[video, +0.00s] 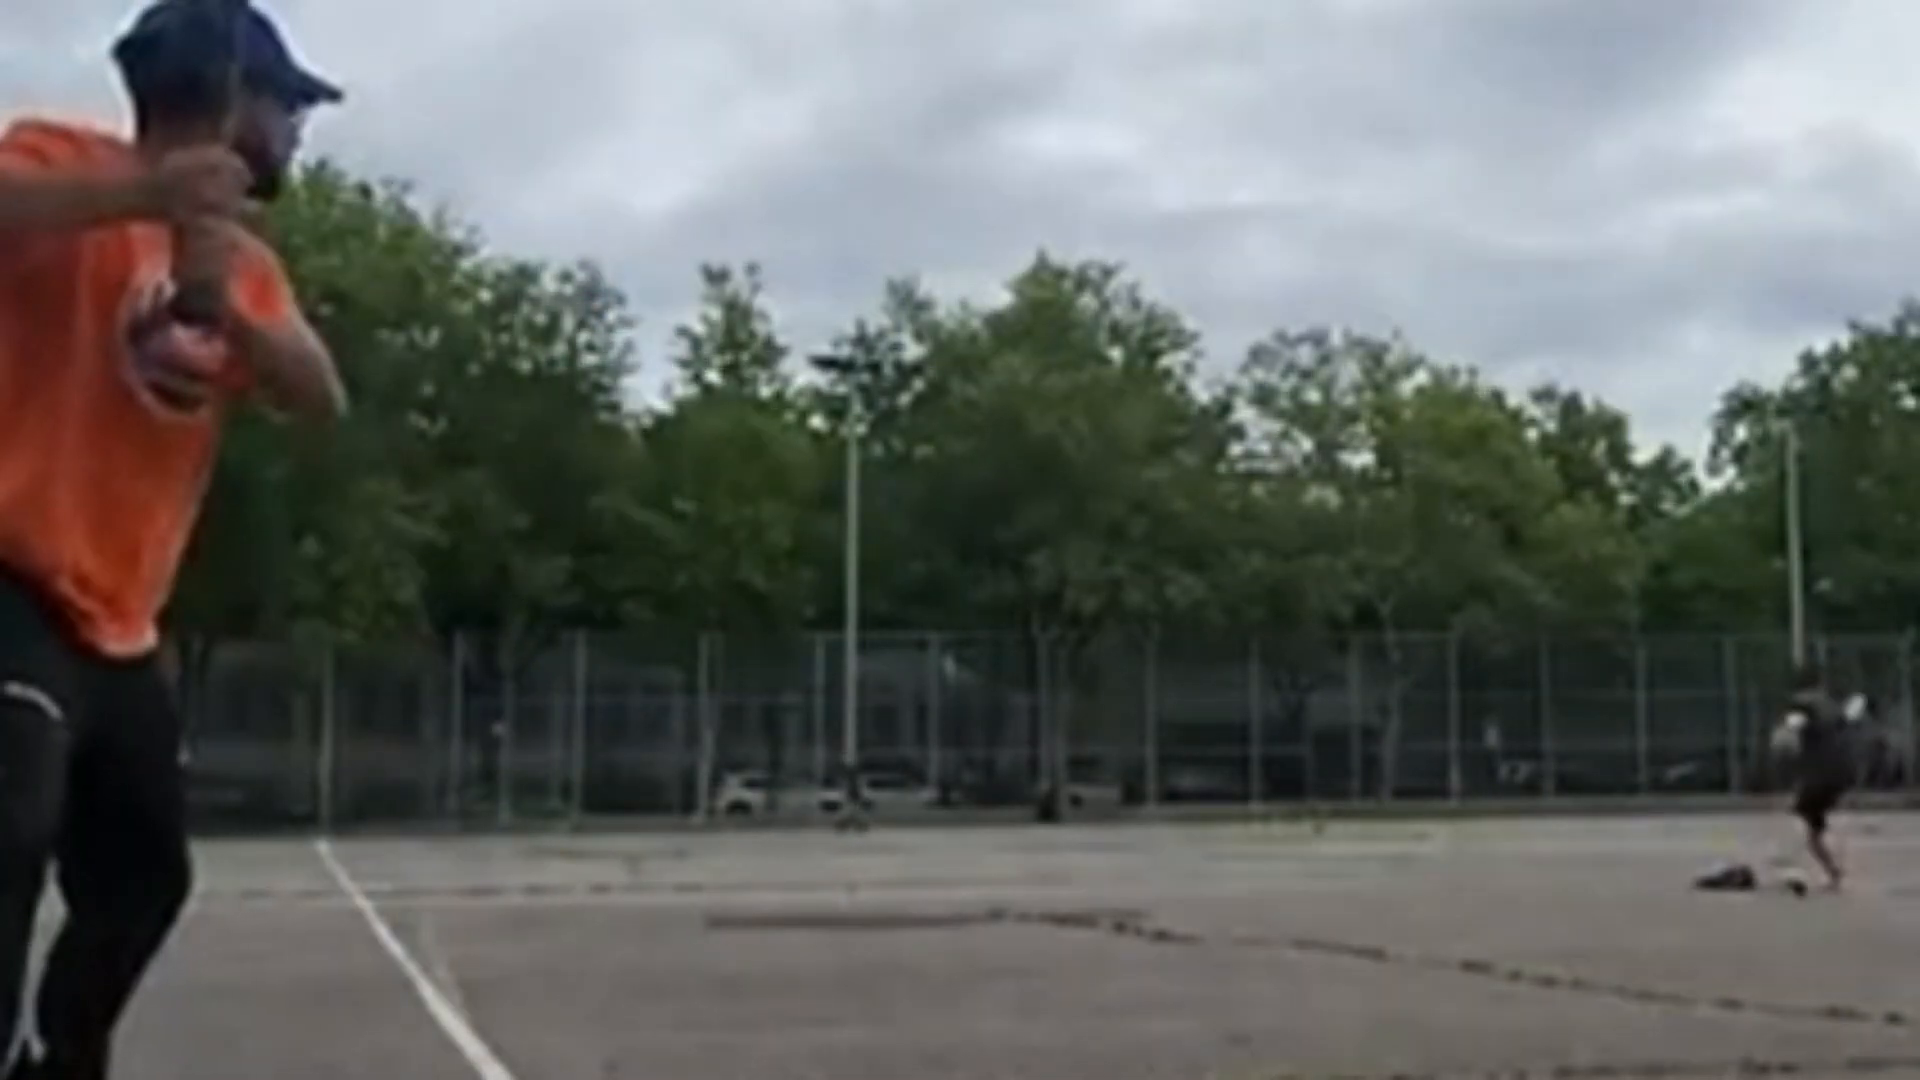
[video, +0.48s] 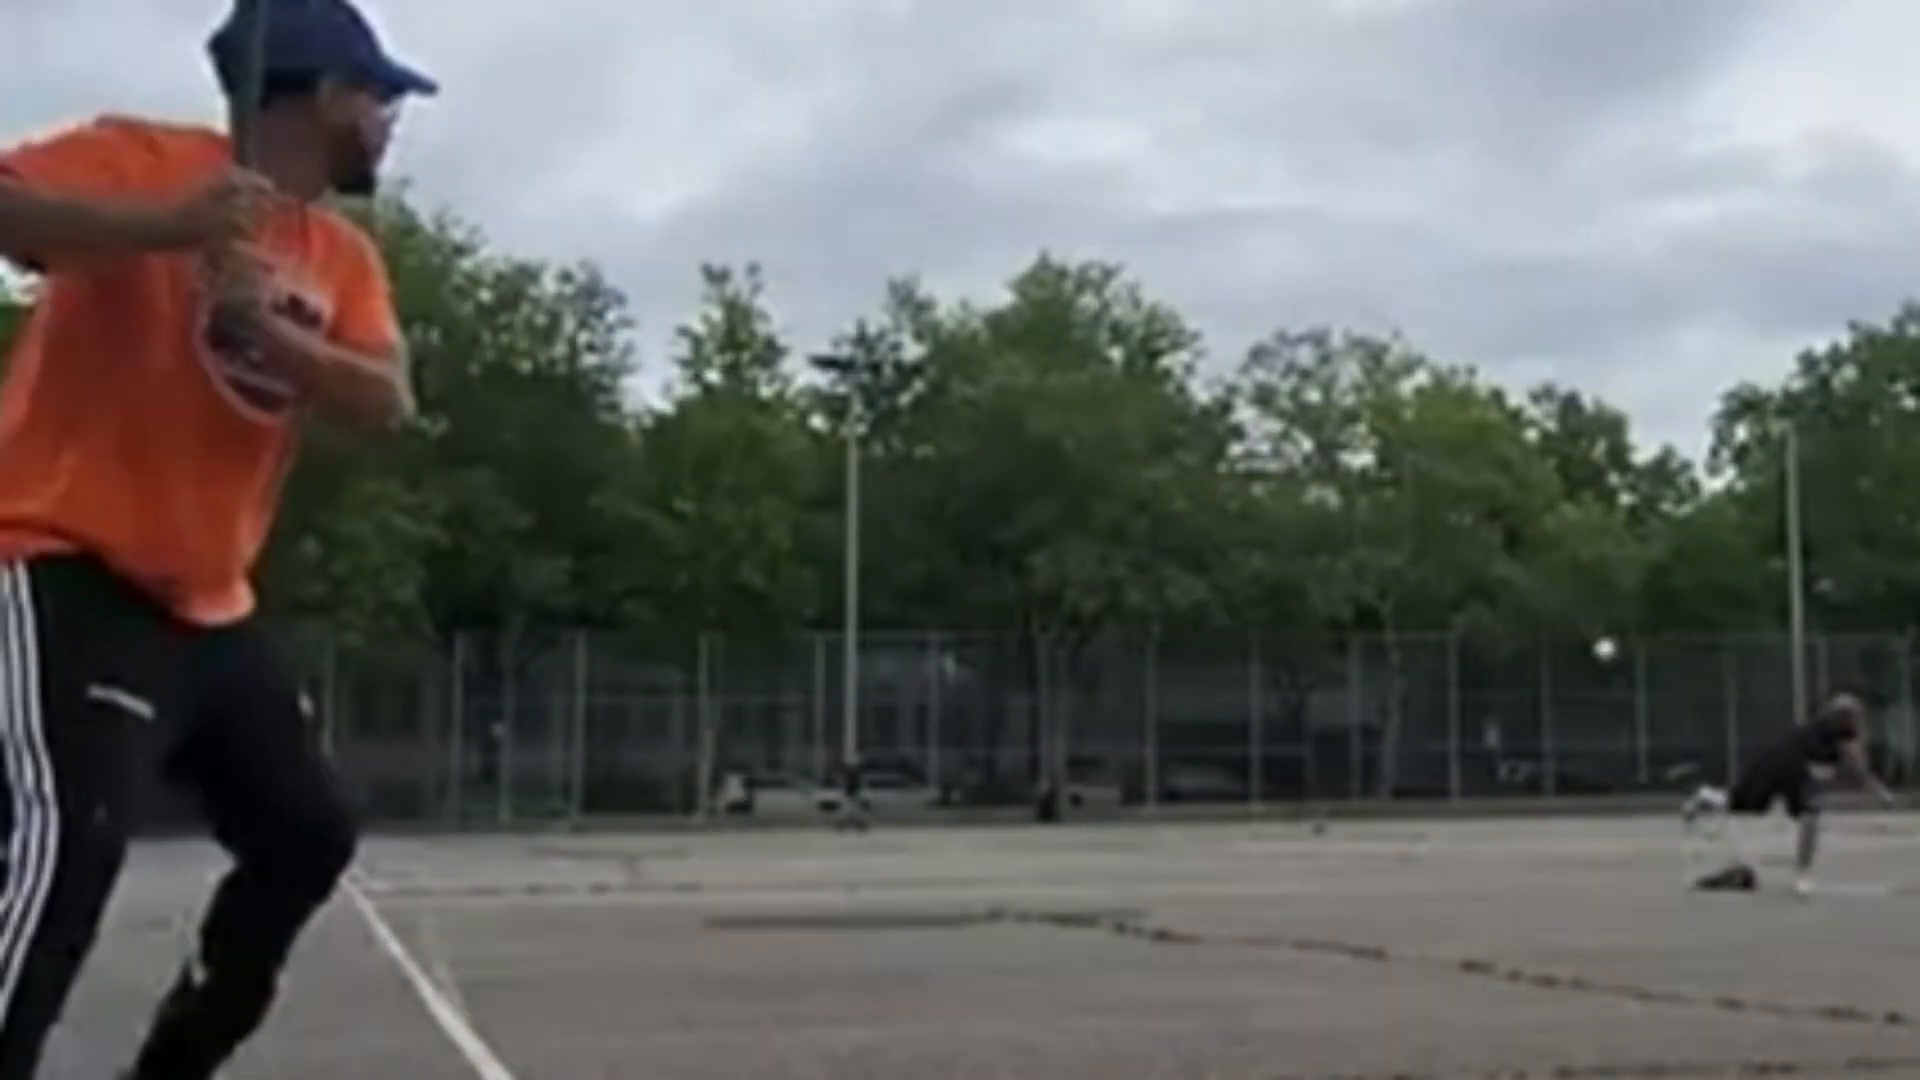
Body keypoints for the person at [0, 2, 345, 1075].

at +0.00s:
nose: (295, 136)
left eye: (296, 110)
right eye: (281, 106)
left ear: (231, 109)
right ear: (219, 97)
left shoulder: (244, 258)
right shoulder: (61, 164)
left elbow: (319, 398)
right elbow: (5, 203)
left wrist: (232, 324)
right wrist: (146, 185)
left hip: (121, 624)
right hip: (14, 590)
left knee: (139, 880)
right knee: (15, 840)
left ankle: (65, 1060)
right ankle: (8, 1051)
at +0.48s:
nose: (388, 119)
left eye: (388, 98)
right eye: (370, 94)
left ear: (311, 107)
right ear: (303, 95)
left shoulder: (345, 253)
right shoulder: (140, 160)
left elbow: (384, 403)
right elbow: (8, 207)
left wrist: (276, 334)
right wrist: (167, 222)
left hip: (201, 593)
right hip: (56, 555)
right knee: (69, 835)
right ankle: (11, 1056)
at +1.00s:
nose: (432, 135)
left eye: (444, 116)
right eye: (417, 104)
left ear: (432, 121)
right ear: (333, 73)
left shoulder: (409, 287)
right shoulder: (172, 188)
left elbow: (387, 482)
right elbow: (27, 347)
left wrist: (302, 475)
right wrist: (206, 381)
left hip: (286, 617)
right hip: (140, 577)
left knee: (365, 873)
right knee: (151, 887)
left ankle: (407, 1060)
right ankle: (27, 1057)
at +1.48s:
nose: (459, 124)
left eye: (473, 106)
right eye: (444, 93)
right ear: (363, 57)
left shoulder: (405, 258)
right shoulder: (207, 153)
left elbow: (383, 446)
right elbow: (36, 315)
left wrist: (347, 488)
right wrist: (243, 408)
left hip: (285, 589)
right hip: (142, 554)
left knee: (342, 849)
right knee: (91, 877)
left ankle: (297, 1061)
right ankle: (20, 1056)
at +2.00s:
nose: (495, 134)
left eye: (506, 118)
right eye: (486, 105)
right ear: (415, 68)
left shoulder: (425, 282)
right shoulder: (277, 151)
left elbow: (419, 468)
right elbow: (145, 329)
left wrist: (471, 650)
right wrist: (259, 526)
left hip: (321, 595)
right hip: (197, 563)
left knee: (301, 857)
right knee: (145, 845)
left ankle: (273, 1051)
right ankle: (39, 1060)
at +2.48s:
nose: (177, 39)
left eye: (177, 23)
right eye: (160, 15)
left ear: (166, 36)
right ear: (94, 12)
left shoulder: (161, 155)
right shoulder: (10, 123)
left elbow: (279, 20)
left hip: (103, 559)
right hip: (25, 554)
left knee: (204, 869)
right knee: (200, 871)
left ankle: (223, 1070)